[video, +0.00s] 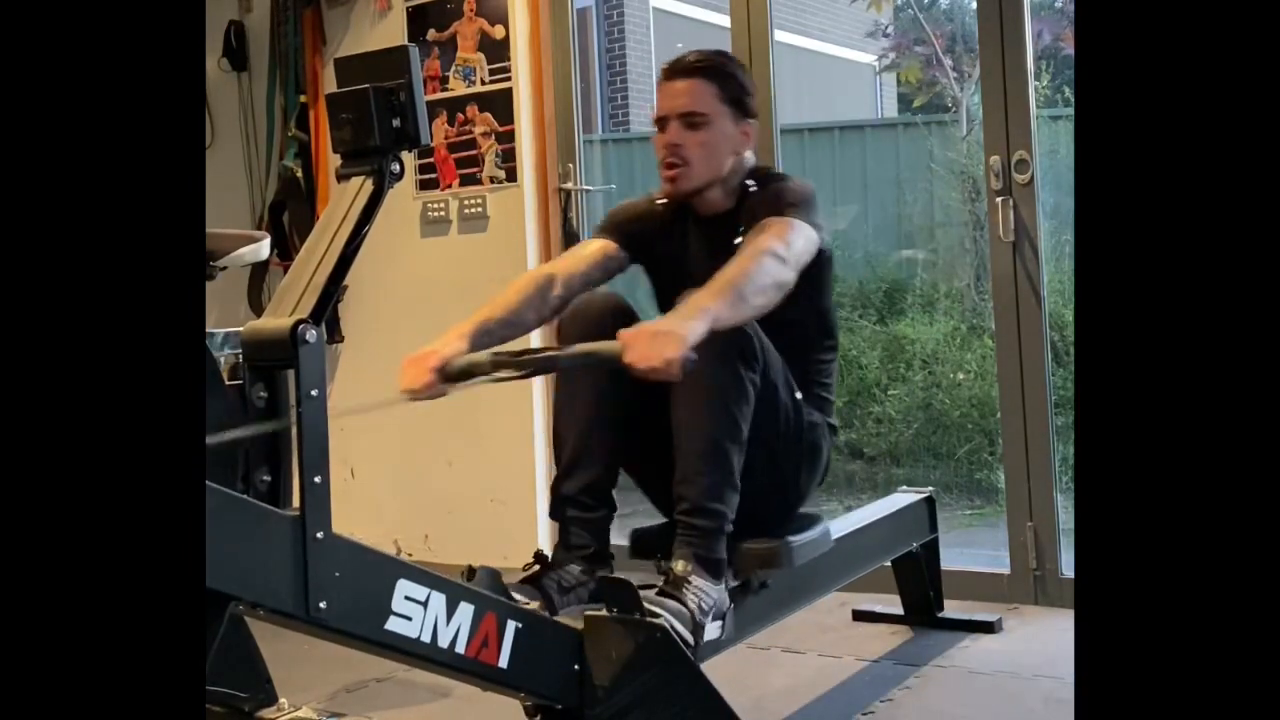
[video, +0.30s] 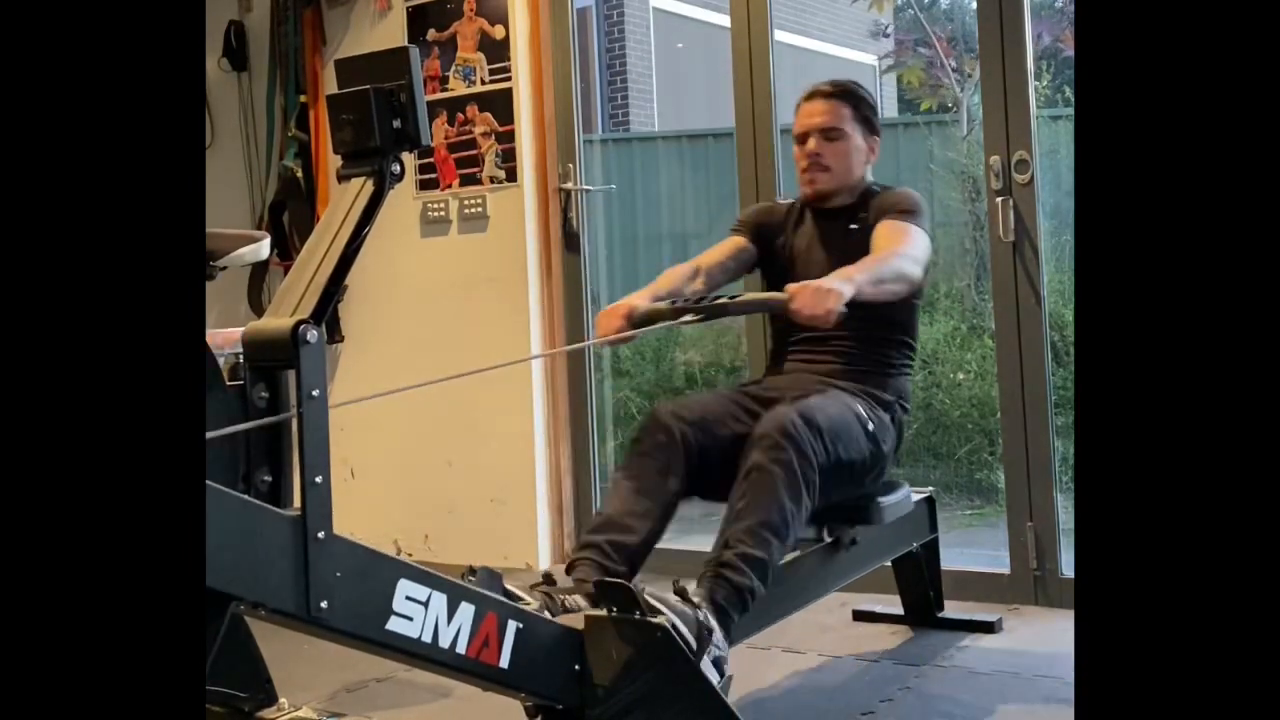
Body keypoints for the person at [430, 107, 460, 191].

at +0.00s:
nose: (446, 117)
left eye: (446, 115)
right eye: (445, 115)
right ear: (440, 115)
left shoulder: (443, 125)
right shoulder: (437, 123)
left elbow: (453, 132)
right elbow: (438, 138)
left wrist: (457, 122)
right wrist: (442, 149)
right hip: (439, 147)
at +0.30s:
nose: (446, 117)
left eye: (446, 115)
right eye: (445, 115)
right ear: (440, 115)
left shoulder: (443, 125)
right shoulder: (437, 123)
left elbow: (453, 132)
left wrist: (457, 122)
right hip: (439, 147)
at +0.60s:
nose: (446, 118)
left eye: (446, 115)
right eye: (444, 115)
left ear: (444, 116)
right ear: (440, 116)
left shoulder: (444, 125)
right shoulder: (437, 123)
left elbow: (453, 132)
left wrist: (457, 122)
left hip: (443, 147)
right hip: (439, 147)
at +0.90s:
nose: (446, 118)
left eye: (446, 115)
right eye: (444, 116)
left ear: (444, 116)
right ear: (440, 116)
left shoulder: (444, 125)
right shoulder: (437, 124)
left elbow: (453, 132)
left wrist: (457, 122)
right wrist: (442, 150)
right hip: (439, 148)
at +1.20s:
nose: (446, 118)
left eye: (446, 115)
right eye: (445, 115)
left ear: (443, 116)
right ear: (441, 115)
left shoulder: (443, 125)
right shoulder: (437, 123)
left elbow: (453, 132)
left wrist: (457, 122)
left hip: (443, 148)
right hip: (439, 148)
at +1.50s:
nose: (446, 118)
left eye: (446, 116)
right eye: (444, 116)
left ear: (444, 116)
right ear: (440, 116)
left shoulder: (444, 125)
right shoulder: (437, 124)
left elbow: (453, 132)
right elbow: (438, 139)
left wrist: (457, 122)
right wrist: (442, 150)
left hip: (443, 148)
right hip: (439, 148)